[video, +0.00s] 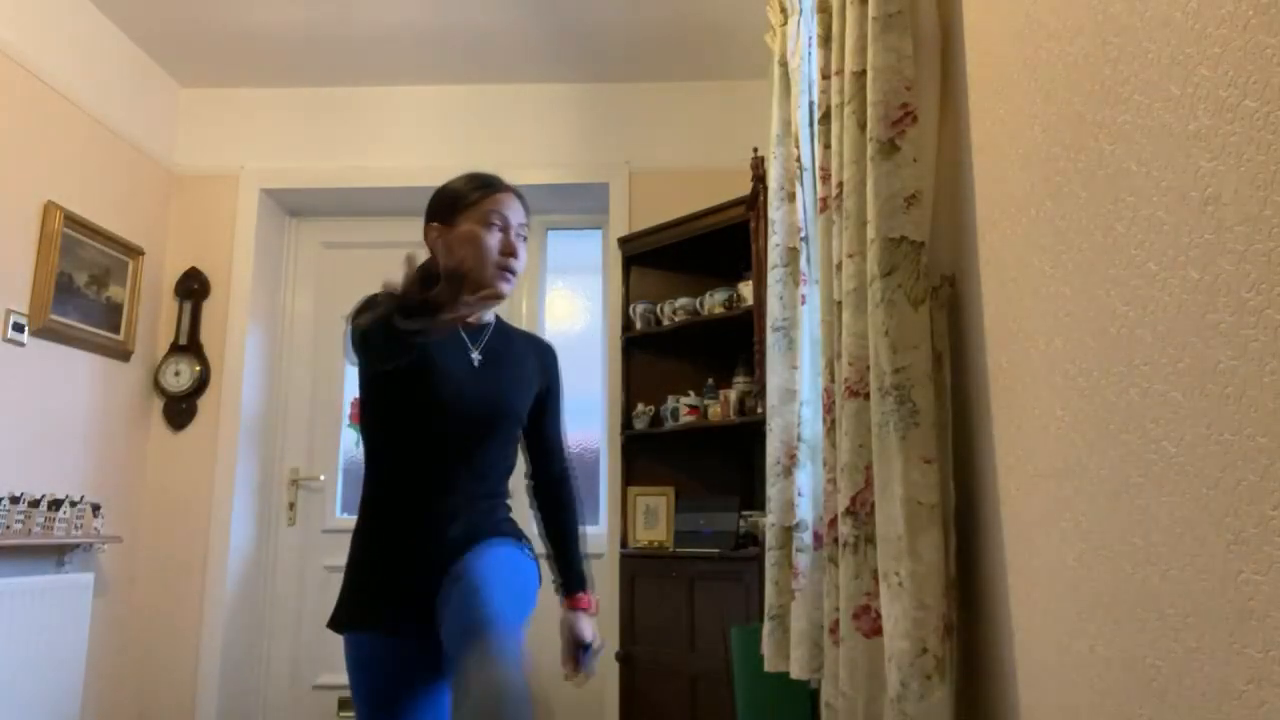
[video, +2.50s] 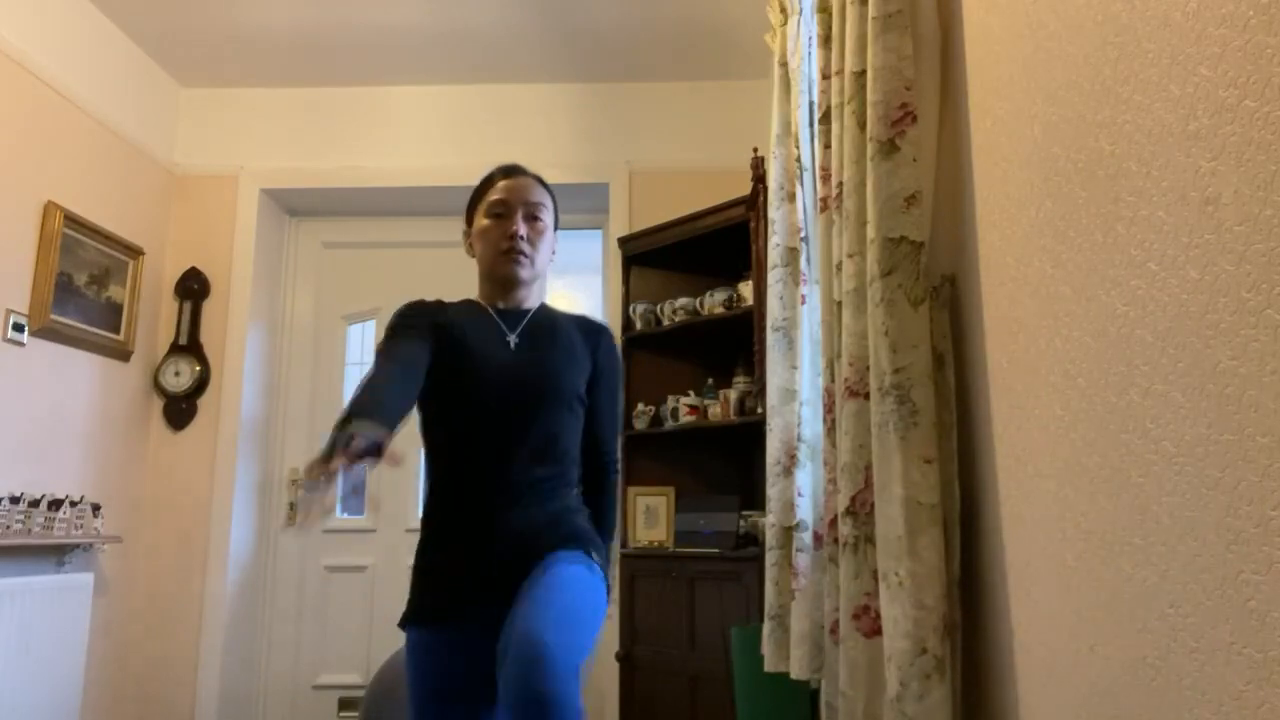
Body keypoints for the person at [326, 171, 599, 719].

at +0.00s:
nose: (515, 247)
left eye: (522, 234)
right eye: (495, 225)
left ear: (524, 251)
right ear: (437, 239)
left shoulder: (533, 357)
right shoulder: (385, 317)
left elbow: (550, 479)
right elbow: (380, 336)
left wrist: (578, 598)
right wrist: (455, 311)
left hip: (486, 546)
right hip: (391, 566)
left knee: (485, 622)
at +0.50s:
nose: (501, 232)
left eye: (516, 222)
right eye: (482, 215)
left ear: (529, 244)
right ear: (442, 232)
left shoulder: (551, 348)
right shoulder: (390, 319)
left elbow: (556, 473)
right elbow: (353, 413)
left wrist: (561, 577)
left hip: (514, 575)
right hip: (408, 574)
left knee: (519, 712)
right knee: (404, 711)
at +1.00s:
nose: (537, 247)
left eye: (557, 231)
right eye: (522, 231)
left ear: (590, 248)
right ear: (505, 245)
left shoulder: (621, 336)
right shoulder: (473, 344)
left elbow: (685, 373)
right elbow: (425, 471)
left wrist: (664, 352)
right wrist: (369, 596)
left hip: (591, 555)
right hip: (495, 547)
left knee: (601, 709)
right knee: (496, 646)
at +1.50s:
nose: (542, 240)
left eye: (562, 223)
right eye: (528, 226)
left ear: (600, 245)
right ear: (514, 245)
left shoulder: (626, 331)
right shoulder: (482, 342)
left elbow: (655, 338)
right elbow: (457, 475)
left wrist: (683, 334)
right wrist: (433, 600)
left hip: (603, 559)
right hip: (502, 549)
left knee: (608, 708)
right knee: (514, 680)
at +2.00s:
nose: (513, 240)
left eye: (533, 228)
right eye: (498, 226)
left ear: (559, 253)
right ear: (475, 245)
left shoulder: (595, 350)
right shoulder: (437, 324)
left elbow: (594, 477)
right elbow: (386, 380)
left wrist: (586, 562)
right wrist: (334, 440)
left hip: (555, 552)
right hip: (455, 561)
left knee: (543, 633)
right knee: (440, 707)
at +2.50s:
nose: (517, 225)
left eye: (534, 215)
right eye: (499, 212)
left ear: (553, 244)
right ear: (470, 239)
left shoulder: (590, 340)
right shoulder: (430, 321)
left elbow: (602, 465)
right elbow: (394, 375)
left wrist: (594, 560)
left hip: (559, 555)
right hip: (453, 561)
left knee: (536, 657)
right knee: (441, 707)